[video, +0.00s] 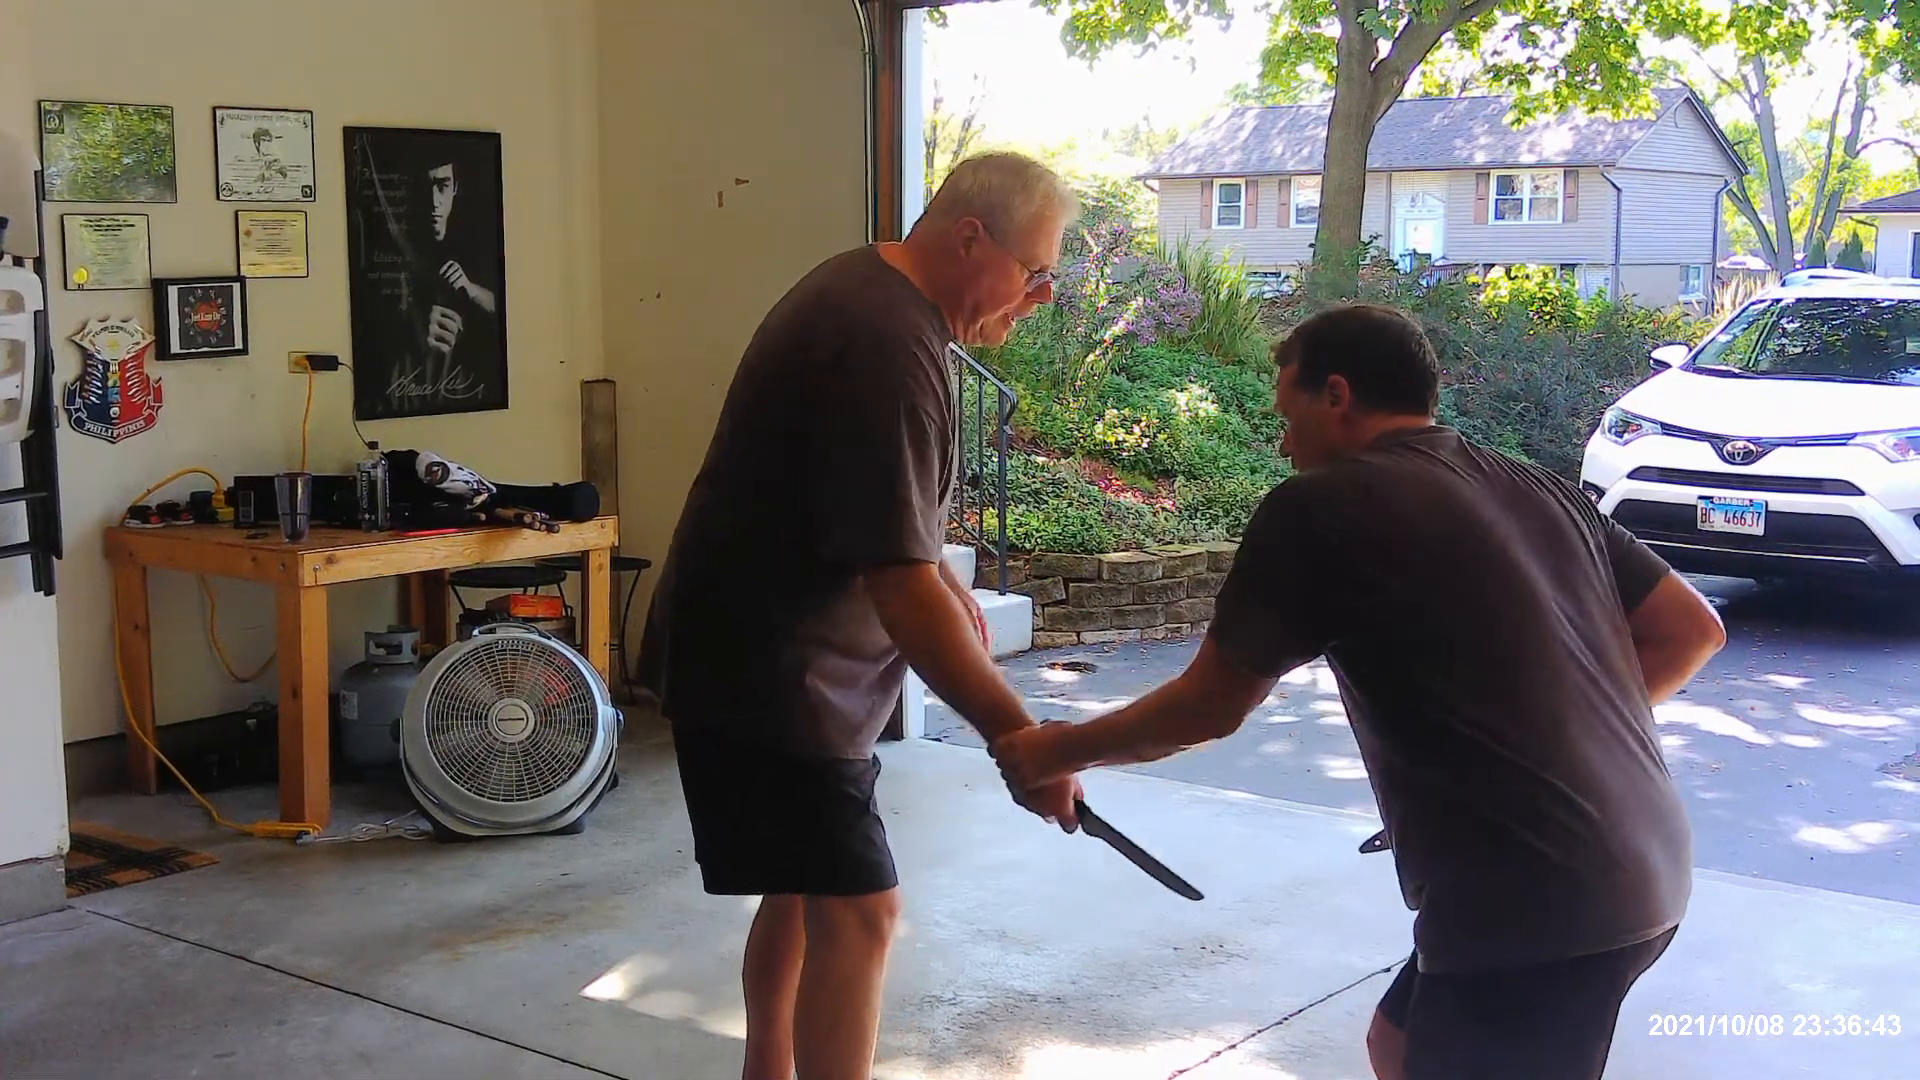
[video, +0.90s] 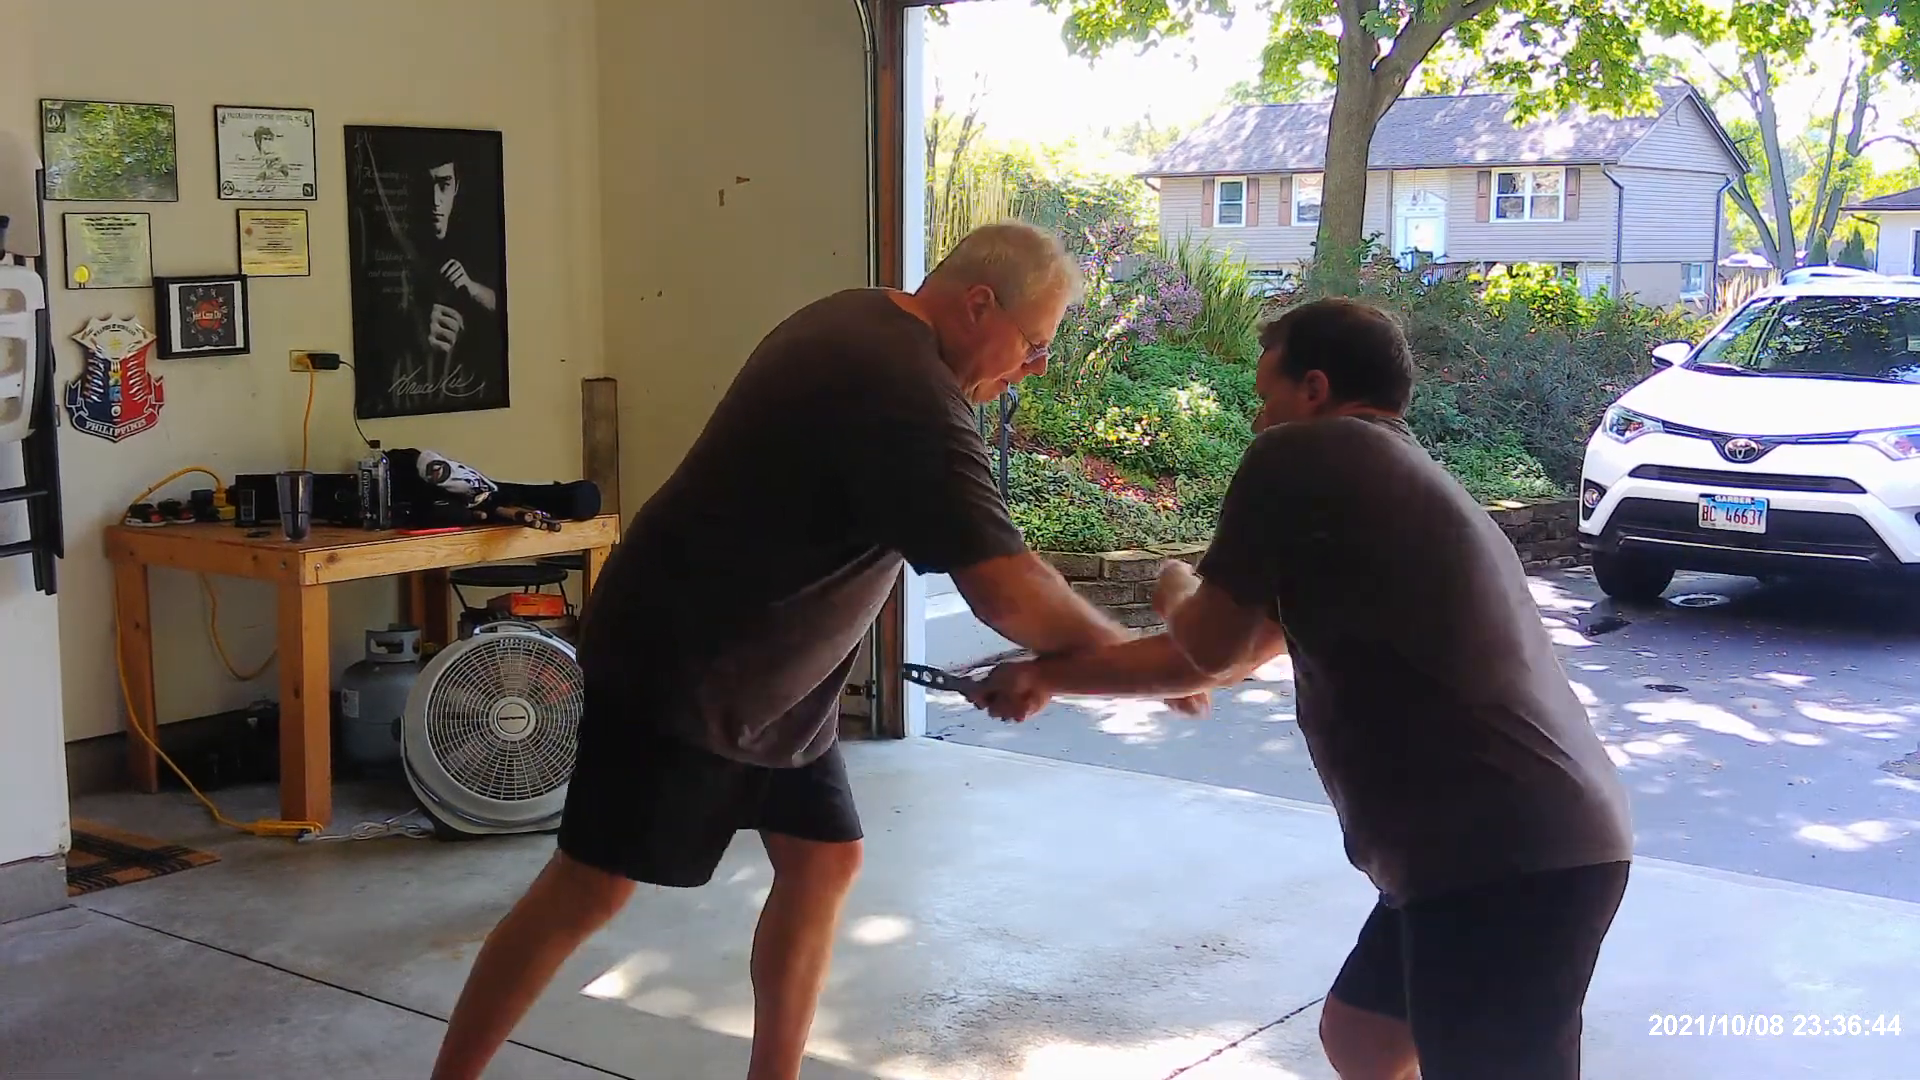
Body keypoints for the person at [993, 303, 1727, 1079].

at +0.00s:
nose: (1282, 438)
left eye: (1286, 411)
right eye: (1279, 413)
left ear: (1339, 399)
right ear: (1412, 397)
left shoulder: (1318, 508)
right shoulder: (1534, 485)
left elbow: (1208, 704)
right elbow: (1689, 628)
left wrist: (1058, 747)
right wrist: (1565, 733)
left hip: (1534, 896)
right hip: (1641, 862)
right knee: (1401, 1036)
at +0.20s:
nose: (1295, 419)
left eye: (1301, 394)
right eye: (1294, 394)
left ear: (1352, 394)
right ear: (1437, 401)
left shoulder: (1313, 501)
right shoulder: (1552, 491)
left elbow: (1262, 672)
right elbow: (1696, 639)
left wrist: (1168, 665)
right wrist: (1574, 725)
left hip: (1507, 897)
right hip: (1637, 878)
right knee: (1392, 1037)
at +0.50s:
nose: (1313, 408)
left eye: (1321, 385)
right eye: (1315, 386)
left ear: (1369, 388)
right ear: (1443, 396)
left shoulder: (1312, 482)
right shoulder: (1541, 496)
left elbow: (1254, 611)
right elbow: (1647, 681)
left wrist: (1178, 566)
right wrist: (1514, 754)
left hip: (1472, 883)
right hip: (1603, 869)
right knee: (1367, 1032)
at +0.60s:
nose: (1308, 404)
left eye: (1316, 382)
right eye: (1309, 383)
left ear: (1364, 385)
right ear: (1440, 396)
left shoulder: (1308, 476)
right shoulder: (1525, 493)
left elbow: (1239, 600)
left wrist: (1167, 557)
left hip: (1469, 877)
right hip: (1592, 865)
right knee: (1355, 1031)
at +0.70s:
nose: (1295, 407)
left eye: (1302, 383)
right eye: (1296, 385)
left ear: (1350, 384)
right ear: (1422, 396)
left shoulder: (1303, 468)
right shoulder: (1482, 480)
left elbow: (1218, 594)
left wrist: (1158, 552)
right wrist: (1282, 725)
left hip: (1479, 862)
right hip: (1585, 845)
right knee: (1357, 1035)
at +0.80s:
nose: (1277, 412)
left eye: (1284, 388)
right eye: (1277, 389)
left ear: (1335, 385)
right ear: (1403, 396)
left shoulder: (1295, 460)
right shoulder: (1447, 477)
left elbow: (1211, 593)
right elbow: (1331, 690)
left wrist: (1146, 539)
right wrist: (1153, 689)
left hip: (1491, 854)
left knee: (1470, 1067)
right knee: (1359, 1035)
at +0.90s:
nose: (1259, 410)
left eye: (1267, 390)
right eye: (1260, 390)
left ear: (1313, 388)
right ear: (1376, 400)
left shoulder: (1294, 460)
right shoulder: (1405, 479)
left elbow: (1205, 646)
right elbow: (1234, 653)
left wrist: (1174, 584)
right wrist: (1052, 675)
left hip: (1500, 857)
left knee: (1490, 1067)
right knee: (1362, 1030)